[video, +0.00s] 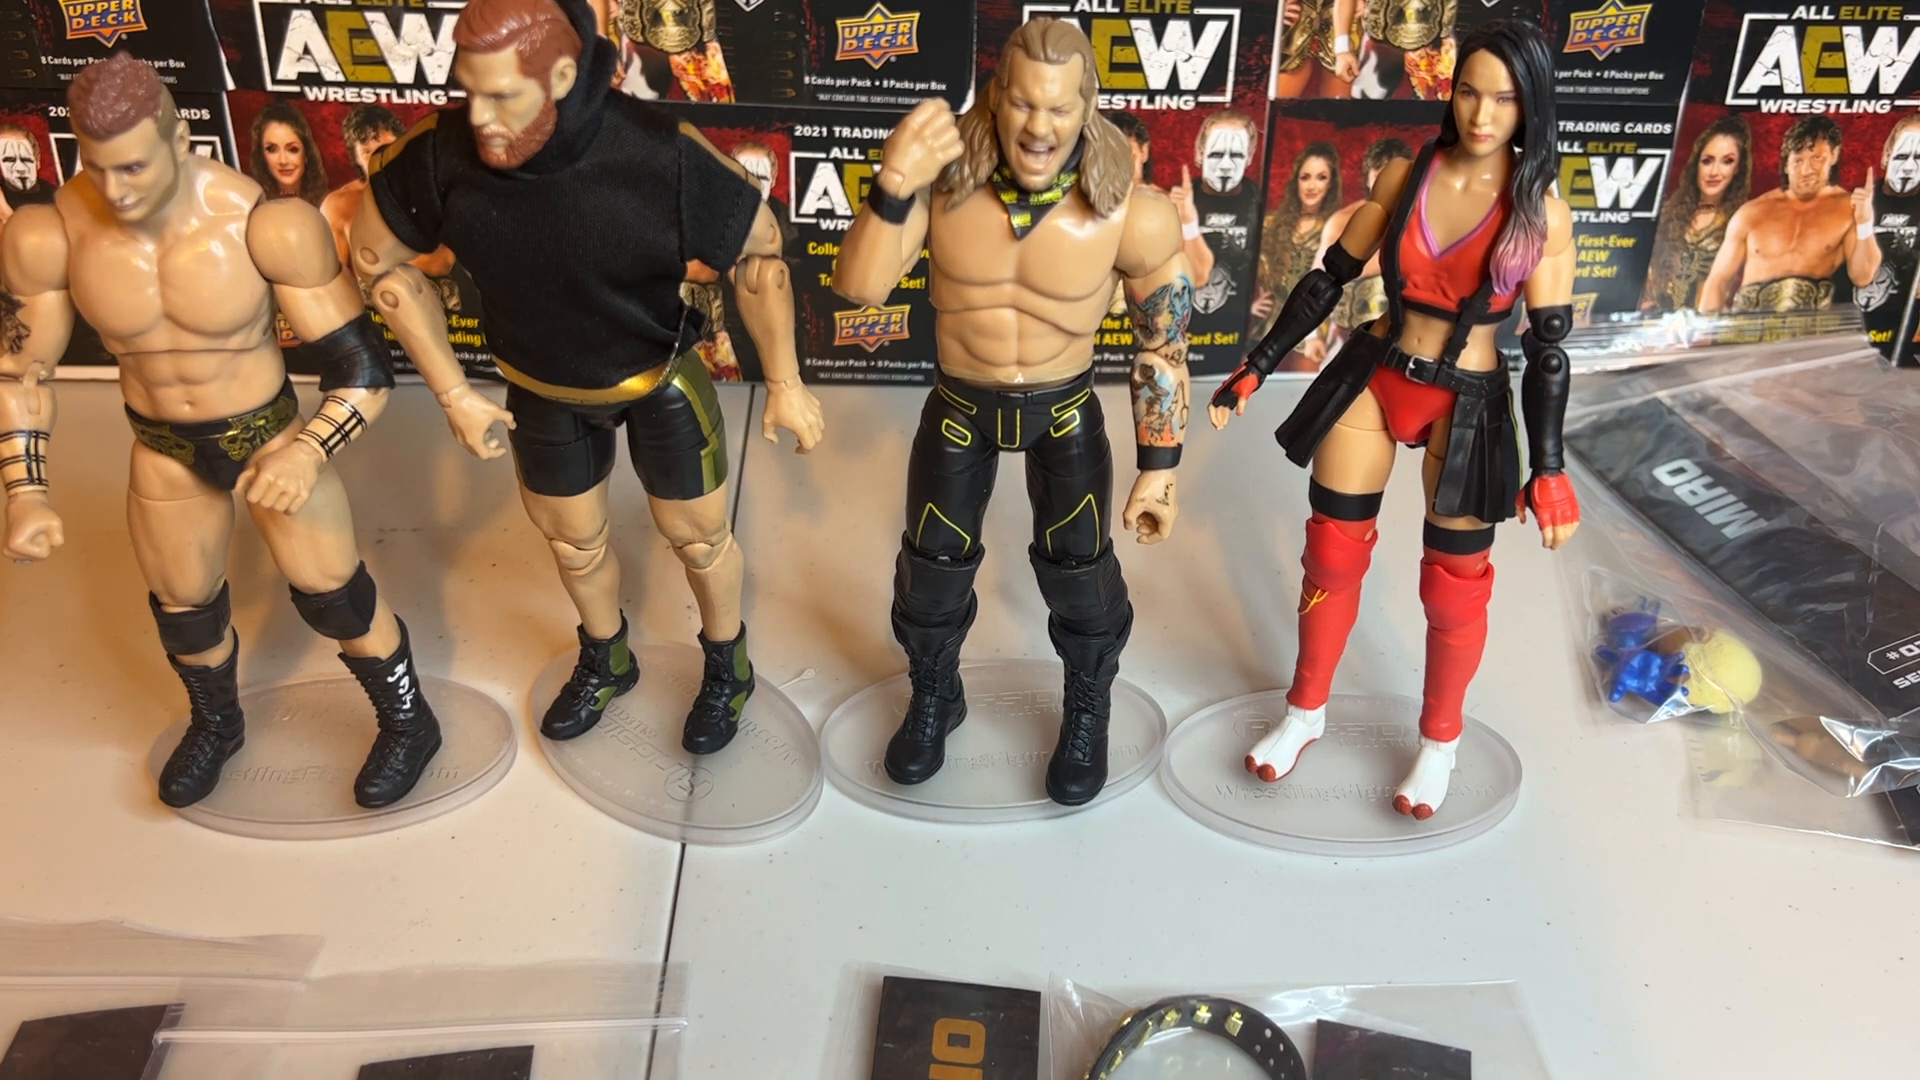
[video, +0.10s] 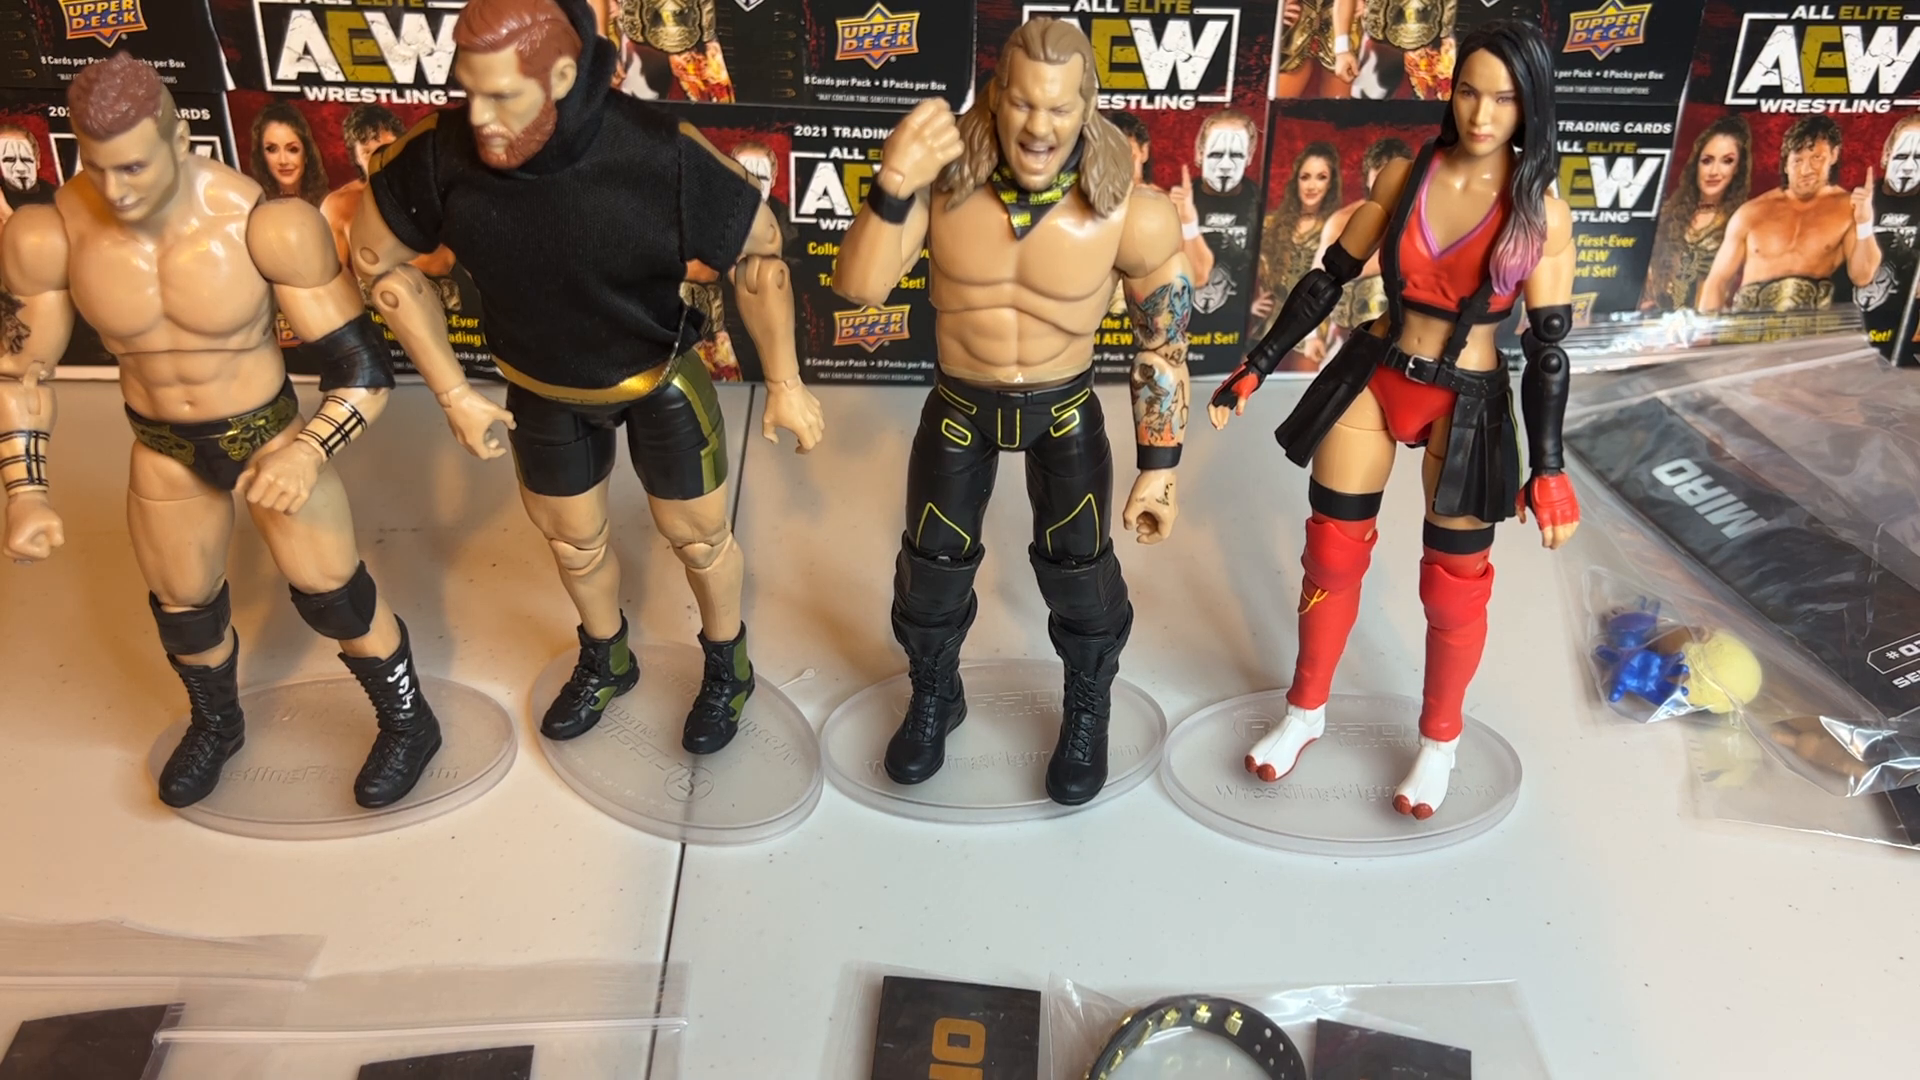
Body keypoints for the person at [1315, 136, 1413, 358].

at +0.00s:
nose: (1388, 182)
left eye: (1396, 174)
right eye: (1381, 173)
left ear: (1410, 177)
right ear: (1368, 176)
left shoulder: (1417, 216)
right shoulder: (1344, 220)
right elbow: (1321, 277)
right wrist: (1314, 334)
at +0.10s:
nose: (1388, 181)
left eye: (1396, 174)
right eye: (1381, 172)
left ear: (1410, 177)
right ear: (1368, 175)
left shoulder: (1416, 215)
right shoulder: (1343, 220)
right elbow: (1321, 276)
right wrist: (1315, 334)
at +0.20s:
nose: (1388, 183)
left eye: (1396, 175)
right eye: (1381, 174)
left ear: (1410, 178)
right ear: (1368, 176)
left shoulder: (1417, 216)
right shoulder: (1344, 220)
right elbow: (1321, 276)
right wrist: (1315, 334)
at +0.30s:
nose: (1388, 180)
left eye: (1396, 173)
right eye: (1381, 171)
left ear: (1410, 177)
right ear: (1368, 174)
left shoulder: (1416, 215)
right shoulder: (1344, 220)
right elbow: (1321, 275)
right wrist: (1314, 334)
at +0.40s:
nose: (1388, 182)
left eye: (1397, 174)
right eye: (1381, 172)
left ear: (1410, 177)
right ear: (1368, 175)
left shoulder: (1416, 215)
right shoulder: (1344, 220)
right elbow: (1321, 276)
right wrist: (1314, 333)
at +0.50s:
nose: (1389, 181)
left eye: (1397, 174)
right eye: (1381, 171)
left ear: (1410, 177)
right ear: (1368, 175)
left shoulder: (1417, 216)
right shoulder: (1343, 221)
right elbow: (1322, 277)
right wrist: (1315, 335)